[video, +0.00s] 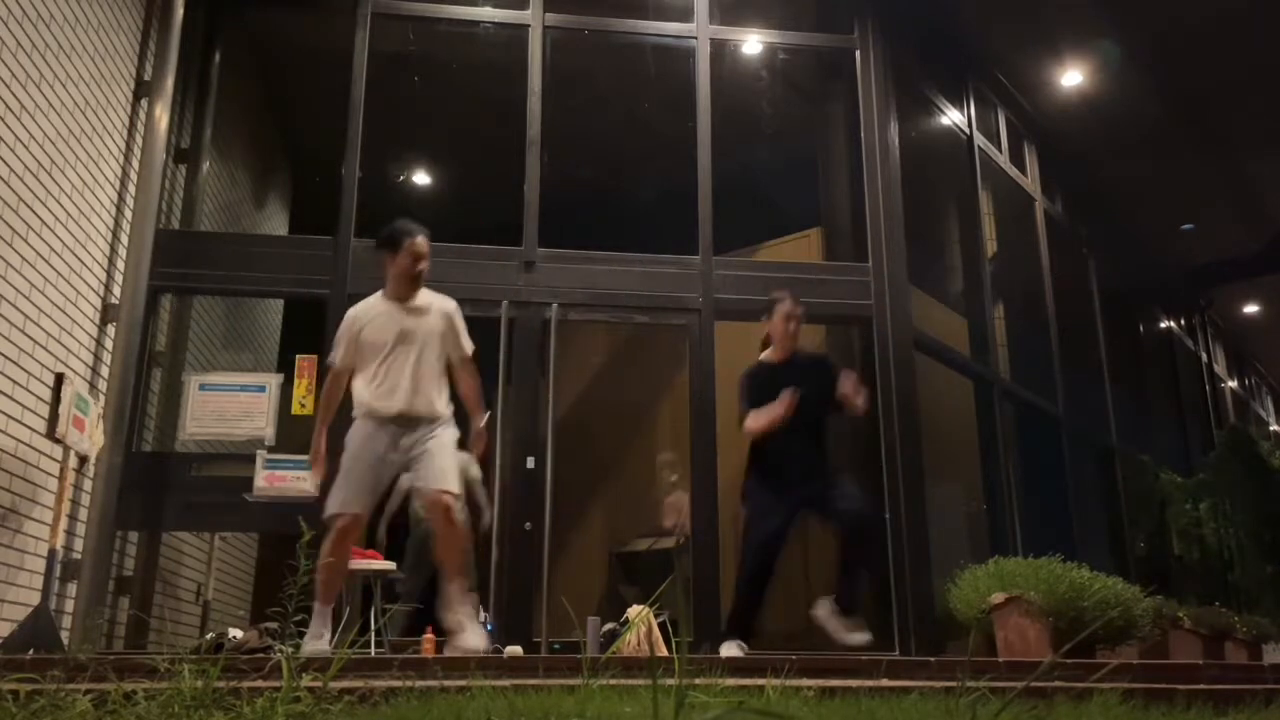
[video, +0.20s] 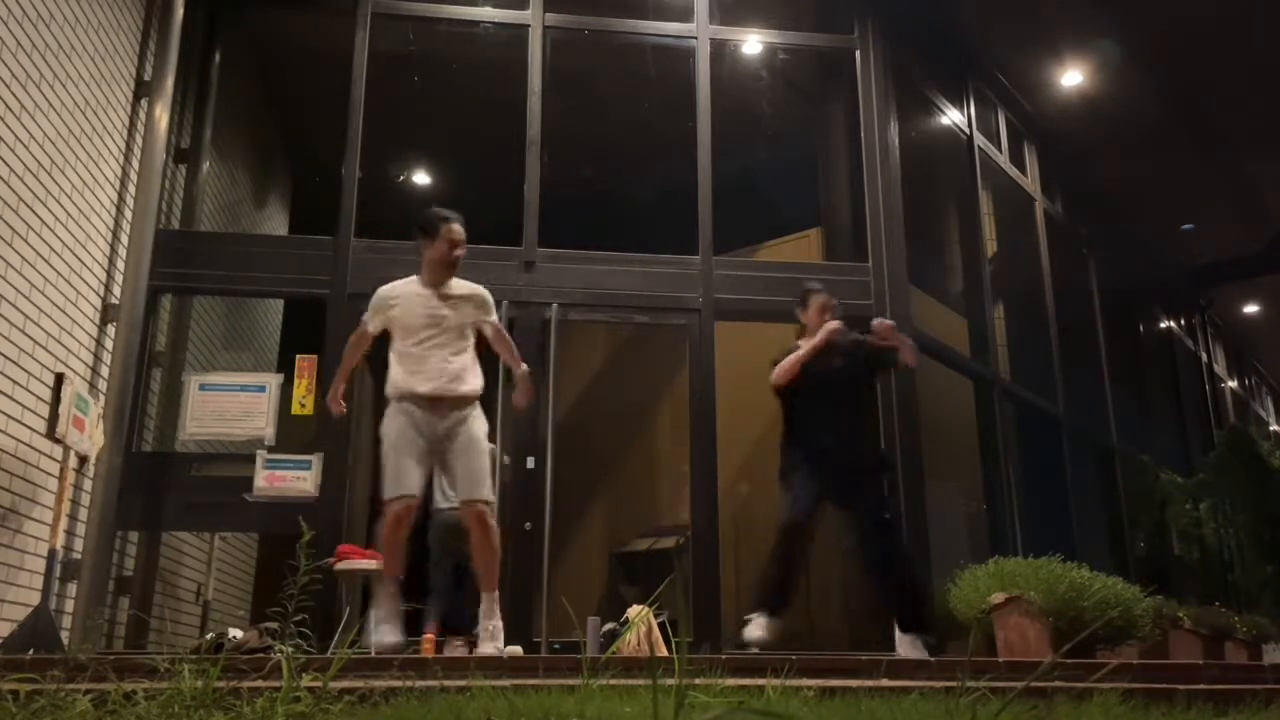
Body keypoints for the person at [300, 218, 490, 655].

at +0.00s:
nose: (422, 267)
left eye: (426, 259)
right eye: (414, 259)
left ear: (430, 262)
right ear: (389, 259)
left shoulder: (444, 311)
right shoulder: (360, 316)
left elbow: (463, 367)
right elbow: (336, 379)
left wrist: (479, 418)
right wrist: (319, 439)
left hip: (433, 429)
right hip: (373, 429)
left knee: (445, 506)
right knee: (345, 522)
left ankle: (459, 613)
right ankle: (320, 626)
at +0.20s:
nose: (458, 254)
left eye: (462, 246)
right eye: (451, 245)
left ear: (464, 250)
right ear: (425, 246)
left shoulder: (476, 298)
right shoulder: (392, 296)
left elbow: (495, 334)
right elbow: (361, 339)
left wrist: (519, 367)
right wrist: (339, 383)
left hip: (465, 414)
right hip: (408, 413)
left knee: (479, 512)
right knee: (402, 508)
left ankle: (491, 619)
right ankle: (385, 613)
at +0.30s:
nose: (475, 266)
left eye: (478, 259)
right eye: (467, 258)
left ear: (479, 263)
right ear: (439, 259)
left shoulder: (486, 312)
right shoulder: (403, 308)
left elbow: (506, 359)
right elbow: (368, 353)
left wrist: (534, 398)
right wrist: (346, 400)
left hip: (473, 429)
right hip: (417, 427)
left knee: (486, 519)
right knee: (434, 512)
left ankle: (493, 623)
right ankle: (433, 615)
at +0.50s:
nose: (486, 288)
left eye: (489, 281)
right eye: (477, 280)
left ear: (491, 291)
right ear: (451, 286)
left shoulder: (496, 345)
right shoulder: (417, 335)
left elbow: (514, 403)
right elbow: (376, 391)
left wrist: (532, 430)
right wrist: (392, 429)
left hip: (478, 455)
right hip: (420, 452)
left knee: (491, 535)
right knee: (419, 517)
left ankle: (493, 632)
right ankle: (432, 619)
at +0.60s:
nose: (476, 276)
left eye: (481, 270)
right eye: (468, 267)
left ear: (483, 277)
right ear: (443, 270)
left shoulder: (488, 327)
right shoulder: (410, 316)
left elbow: (516, 379)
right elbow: (371, 353)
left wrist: (519, 340)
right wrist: (410, 355)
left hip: (467, 441)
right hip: (408, 435)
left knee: (482, 530)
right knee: (382, 503)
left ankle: (492, 631)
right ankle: (382, 604)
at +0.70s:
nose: (464, 262)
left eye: (468, 255)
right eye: (457, 253)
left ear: (470, 262)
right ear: (435, 254)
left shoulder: (473, 308)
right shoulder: (403, 295)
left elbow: (508, 340)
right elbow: (363, 311)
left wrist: (505, 293)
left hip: (448, 422)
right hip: (391, 416)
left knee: (464, 521)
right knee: (363, 511)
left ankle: (476, 626)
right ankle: (323, 617)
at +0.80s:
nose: (452, 256)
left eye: (457, 251)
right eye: (445, 248)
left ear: (459, 257)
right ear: (423, 249)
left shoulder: (461, 303)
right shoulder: (392, 290)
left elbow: (494, 329)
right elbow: (348, 302)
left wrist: (491, 283)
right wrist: (396, 261)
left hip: (434, 419)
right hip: (379, 412)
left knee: (446, 515)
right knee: (347, 513)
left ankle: (424, 626)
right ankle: (316, 620)